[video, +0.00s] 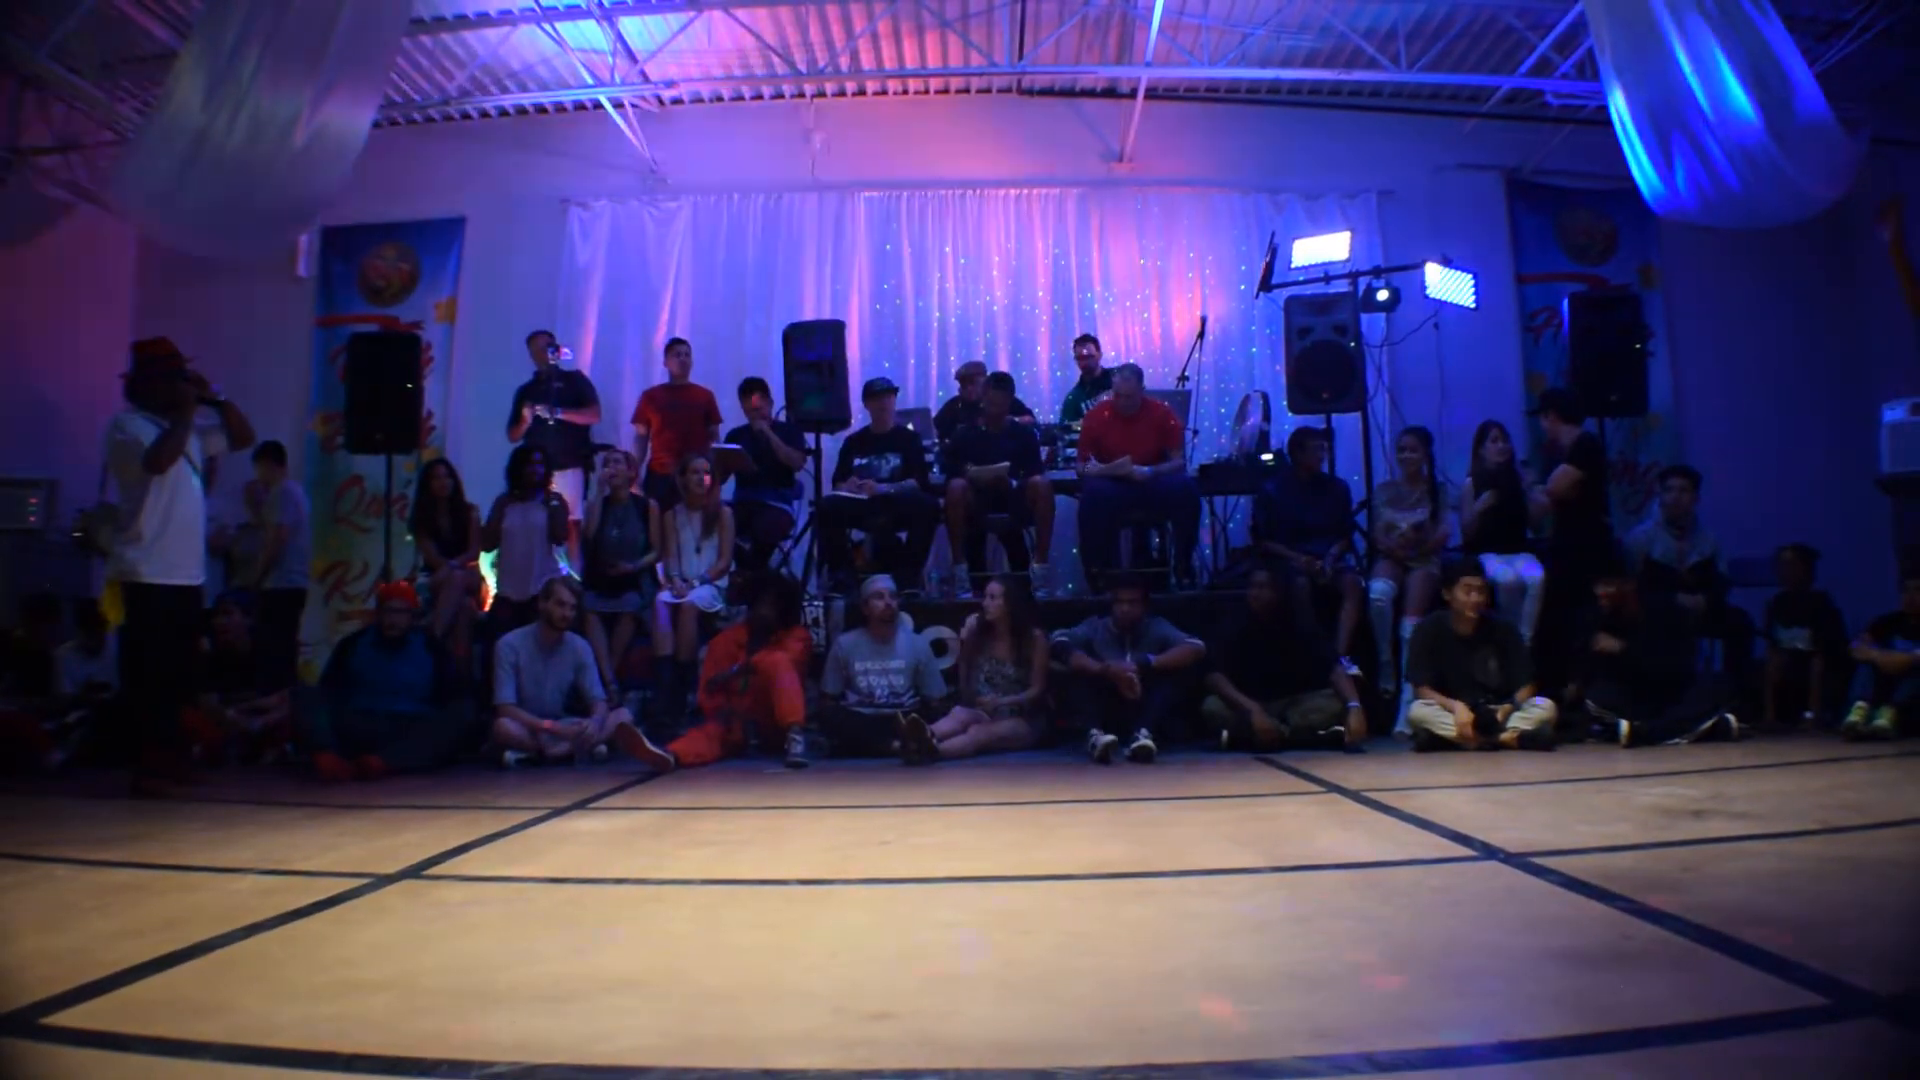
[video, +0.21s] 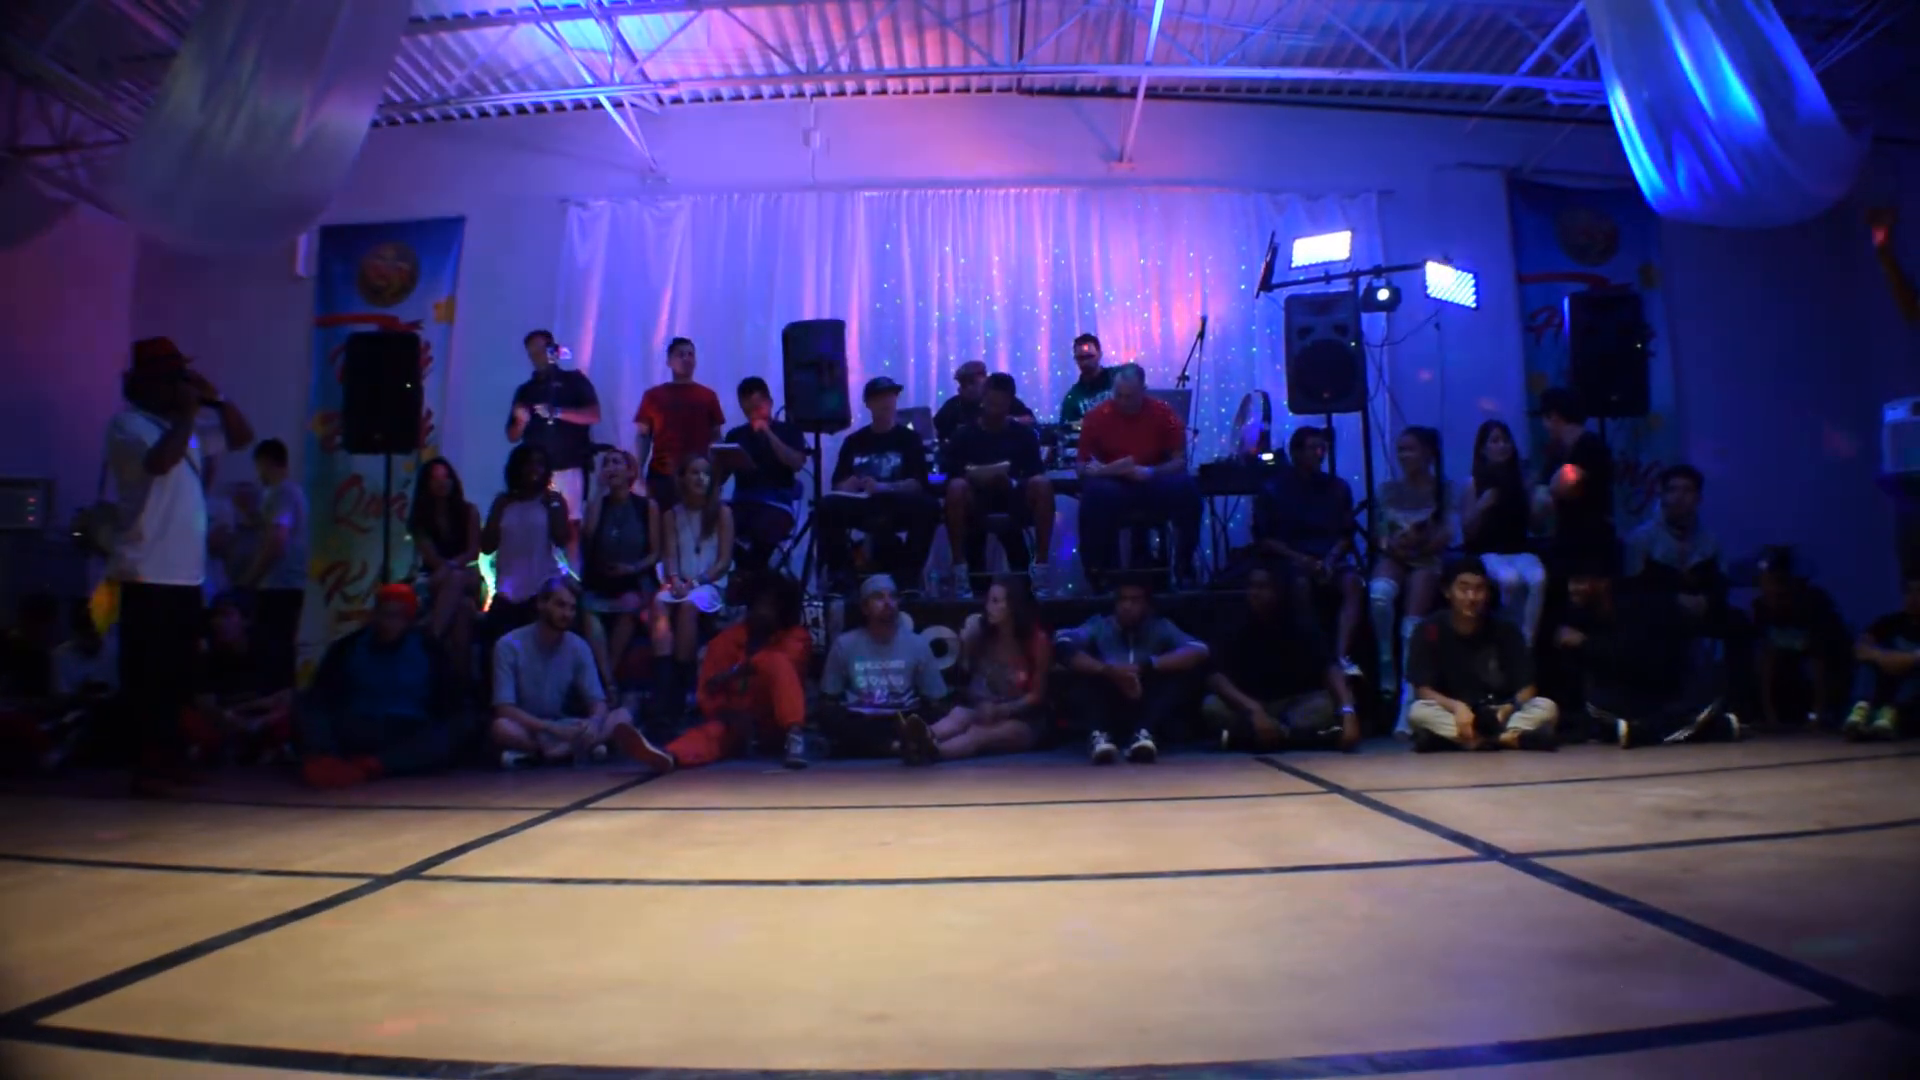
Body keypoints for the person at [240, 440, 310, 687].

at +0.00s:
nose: (258, 473)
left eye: (261, 466)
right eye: (257, 466)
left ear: (273, 465)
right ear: (279, 466)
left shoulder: (284, 493)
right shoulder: (290, 491)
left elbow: (277, 537)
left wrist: (258, 575)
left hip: (283, 585)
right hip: (286, 583)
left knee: (276, 649)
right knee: (280, 649)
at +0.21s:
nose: (258, 471)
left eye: (261, 465)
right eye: (257, 465)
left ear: (270, 464)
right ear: (281, 463)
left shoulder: (282, 494)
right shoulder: (282, 492)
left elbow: (276, 540)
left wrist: (250, 577)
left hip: (280, 585)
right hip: (279, 583)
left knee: (273, 650)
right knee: (276, 649)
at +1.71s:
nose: (255, 464)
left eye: (259, 458)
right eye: (255, 458)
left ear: (267, 460)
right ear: (281, 459)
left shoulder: (280, 495)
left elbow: (268, 542)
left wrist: (245, 578)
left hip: (276, 587)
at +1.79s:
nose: (257, 466)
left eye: (259, 460)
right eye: (258, 460)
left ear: (264, 462)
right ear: (283, 460)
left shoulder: (280, 495)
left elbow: (269, 542)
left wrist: (247, 578)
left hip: (275, 585)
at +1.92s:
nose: (259, 469)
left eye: (259, 462)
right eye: (259, 462)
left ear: (264, 462)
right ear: (284, 460)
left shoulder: (280, 496)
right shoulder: (291, 493)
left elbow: (268, 544)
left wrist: (244, 580)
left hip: (274, 586)